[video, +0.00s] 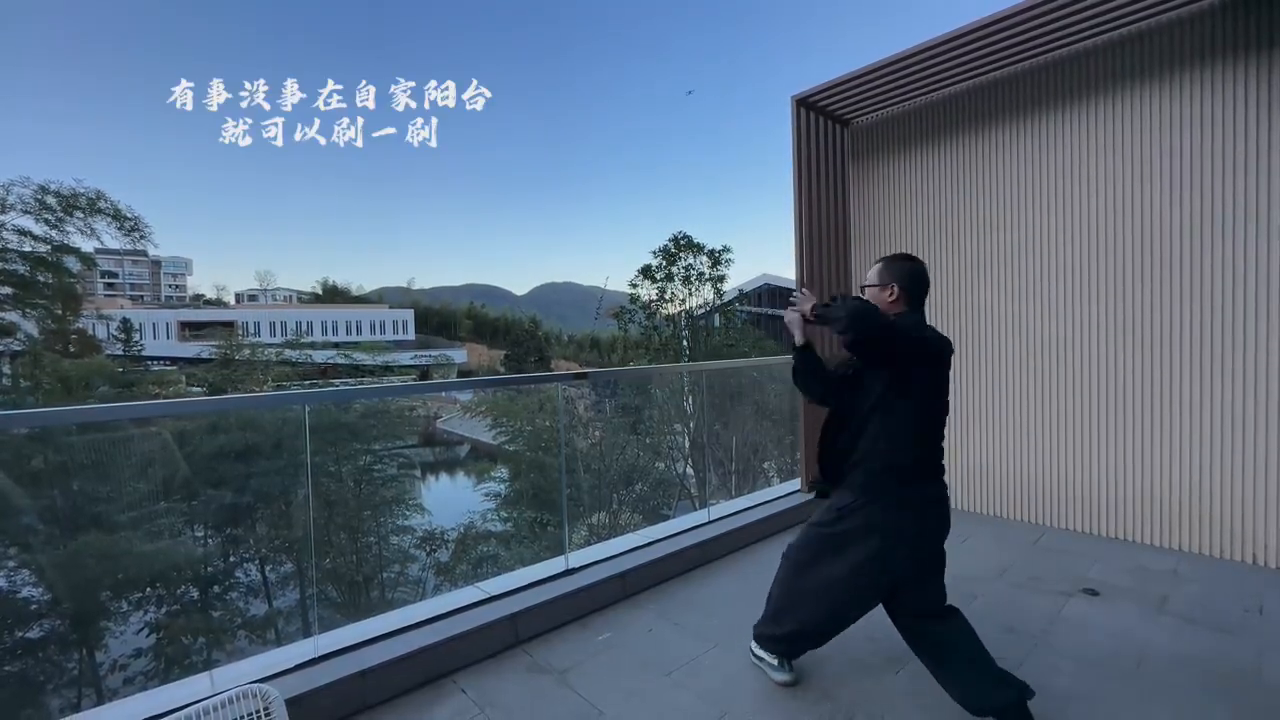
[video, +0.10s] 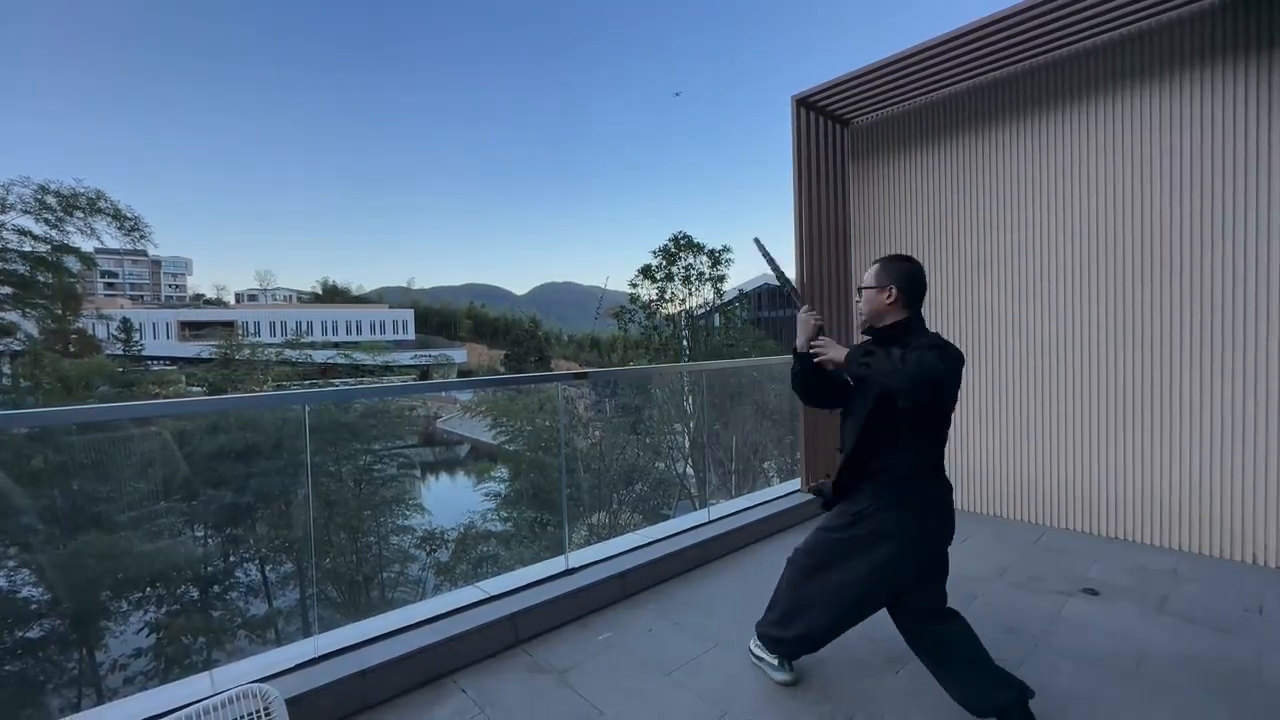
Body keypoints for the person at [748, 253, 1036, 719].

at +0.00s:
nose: (864, 298)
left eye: (870, 290)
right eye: (865, 291)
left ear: (892, 294)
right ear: (900, 298)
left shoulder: (920, 341)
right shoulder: (880, 352)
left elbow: (865, 327)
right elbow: (830, 392)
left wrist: (825, 309)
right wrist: (801, 344)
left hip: (875, 498)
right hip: (916, 501)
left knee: (807, 559)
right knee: (924, 613)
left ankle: (773, 644)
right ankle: (1006, 704)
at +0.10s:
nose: (858, 300)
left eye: (865, 291)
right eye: (860, 292)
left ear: (891, 296)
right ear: (896, 298)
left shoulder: (938, 354)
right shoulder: (870, 356)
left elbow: (912, 379)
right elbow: (817, 392)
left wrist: (848, 357)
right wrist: (804, 347)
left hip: (892, 504)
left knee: (811, 562)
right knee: (925, 618)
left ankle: (775, 646)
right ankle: (1007, 705)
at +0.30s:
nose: (844, 305)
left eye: (848, 297)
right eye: (846, 297)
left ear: (865, 304)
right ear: (893, 305)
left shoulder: (903, 373)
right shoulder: (874, 357)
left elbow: (888, 466)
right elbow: (843, 413)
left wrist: (818, 448)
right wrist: (809, 399)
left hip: (890, 518)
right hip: (926, 517)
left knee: (808, 556)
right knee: (936, 618)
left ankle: (775, 644)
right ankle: (1013, 705)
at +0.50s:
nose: (876, 289)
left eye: (874, 280)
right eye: (867, 281)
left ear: (828, 289)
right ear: (847, 288)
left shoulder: (811, 344)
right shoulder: (876, 327)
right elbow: (915, 319)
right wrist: (886, 302)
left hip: (839, 495)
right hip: (903, 491)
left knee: (813, 565)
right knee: (963, 579)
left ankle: (771, 644)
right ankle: (986, 693)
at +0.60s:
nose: (875, 293)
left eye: (874, 284)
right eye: (869, 285)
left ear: (834, 293)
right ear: (840, 291)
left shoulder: (817, 340)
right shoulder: (857, 340)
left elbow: (896, 354)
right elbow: (921, 356)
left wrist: (953, 323)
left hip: (834, 492)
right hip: (878, 494)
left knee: (816, 574)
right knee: (961, 580)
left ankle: (761, 646)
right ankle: (988, 701)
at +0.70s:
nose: (884, 304)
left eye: (883, 295)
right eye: (876, 296)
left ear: (847, 300)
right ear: (844, 300)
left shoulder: (858, 342)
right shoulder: (829, 357)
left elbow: (903, 373)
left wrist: (945, 358)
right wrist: (945, 383)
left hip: (849, 497)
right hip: (855, 504)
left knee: (826, 584)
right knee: (944, 587)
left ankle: (765, 646)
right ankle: (991, 704)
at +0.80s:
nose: (908, 307)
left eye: (908, 299)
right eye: (902, 299)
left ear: (877, 303)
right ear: (875, 301)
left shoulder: (897, 354)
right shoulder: (823, 364)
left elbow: (949, 412)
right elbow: (823, 437)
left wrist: (938, 429)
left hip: (871, 496)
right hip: (849, 501)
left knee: (829, 584)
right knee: (946, 586)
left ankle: (768, 643)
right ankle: (991, 704)